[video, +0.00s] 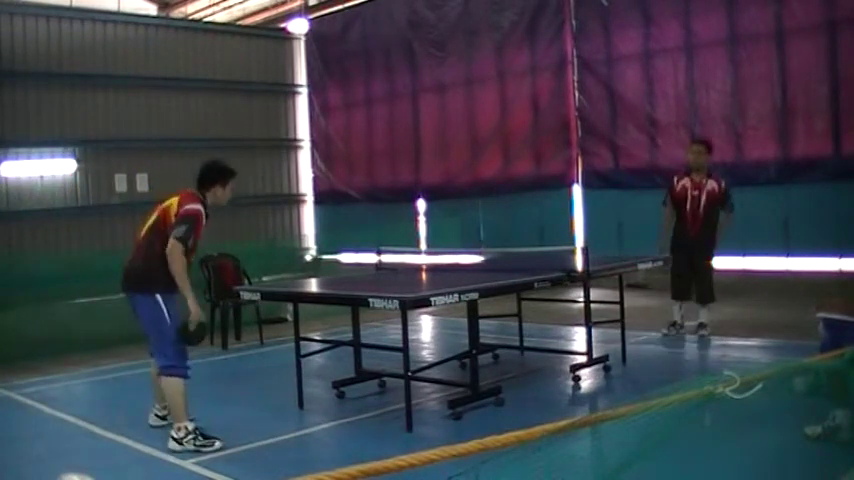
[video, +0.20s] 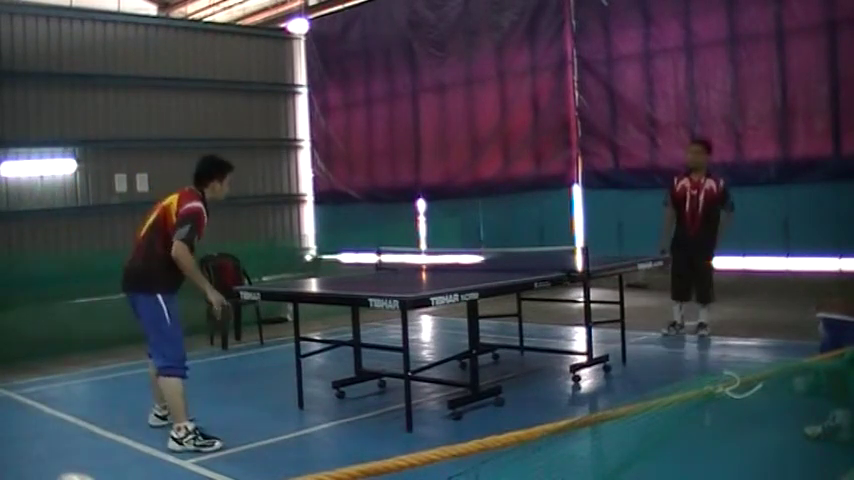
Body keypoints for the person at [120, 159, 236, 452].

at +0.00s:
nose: (230, 194)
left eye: (230, 188)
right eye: (228, 188)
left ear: (208, 185)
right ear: (215, 187)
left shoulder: (185, 201)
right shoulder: (193, 209)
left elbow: (163, 248)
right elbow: (174, 252)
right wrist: (191, 302)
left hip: (145, 283)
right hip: (151, 285)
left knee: (164, 349)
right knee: (172, 354)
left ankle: (162, 408)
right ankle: (182, 429)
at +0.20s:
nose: (227, 189)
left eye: (227, 182)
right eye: (226, 182)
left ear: (203, 180)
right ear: (214, 182)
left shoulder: (182, 198)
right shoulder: (194, 206)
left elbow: (166, 245)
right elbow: (179, 250)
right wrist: (209, 290)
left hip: (143, 284)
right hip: (152, 287)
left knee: (160, 351)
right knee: (171, 357)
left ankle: (162, 409)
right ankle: (182, 430)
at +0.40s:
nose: (228, 187)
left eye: (228, 181)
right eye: (226, 181)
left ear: (204, 178)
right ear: (213, 180)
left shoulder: (182, 197)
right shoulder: (192, 204)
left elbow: (167, 245)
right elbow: (176, 248)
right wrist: (203, 287)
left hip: (143, 283)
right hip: (151, 286)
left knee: (159, 351)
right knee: (170, 356)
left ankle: (162, 409)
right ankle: (182, 429)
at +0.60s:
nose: (225, 179)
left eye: (225, 173)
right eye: (222, 173)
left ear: (201, 173)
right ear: (208, 174)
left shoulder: (181, 194)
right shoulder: (189, 201)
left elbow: (165, 242)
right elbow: (171, 245)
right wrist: (196, 290)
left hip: (147, 283)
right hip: (153, 286)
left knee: (160, 351)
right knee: (170, 356)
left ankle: (162, 409)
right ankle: (181, 429)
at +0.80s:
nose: (215, 166)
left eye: (215, 160)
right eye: (211, 160)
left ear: (192, 163)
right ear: (194, 162)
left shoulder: (174, 187)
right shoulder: (182, 193)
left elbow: (158, 238)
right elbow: (169, 240)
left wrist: (177, 285)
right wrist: (190, 290)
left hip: (154, 283)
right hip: (162, 285)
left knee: (162, 351)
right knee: (171, 355)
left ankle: (161, 409)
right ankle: (182, 429)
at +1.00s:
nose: (206, 159)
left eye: (205, 153)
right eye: (201, 153)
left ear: (182, 158)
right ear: (183, 158)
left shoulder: (168, 186)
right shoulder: (174, 191)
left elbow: (156, 238)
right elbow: (162, 238)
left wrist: (179, 278)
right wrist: (181, 284)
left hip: (159, 284)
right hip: (165, 286)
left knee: (163, 349)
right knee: (175, 353)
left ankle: (162, 409)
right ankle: (182, 429)